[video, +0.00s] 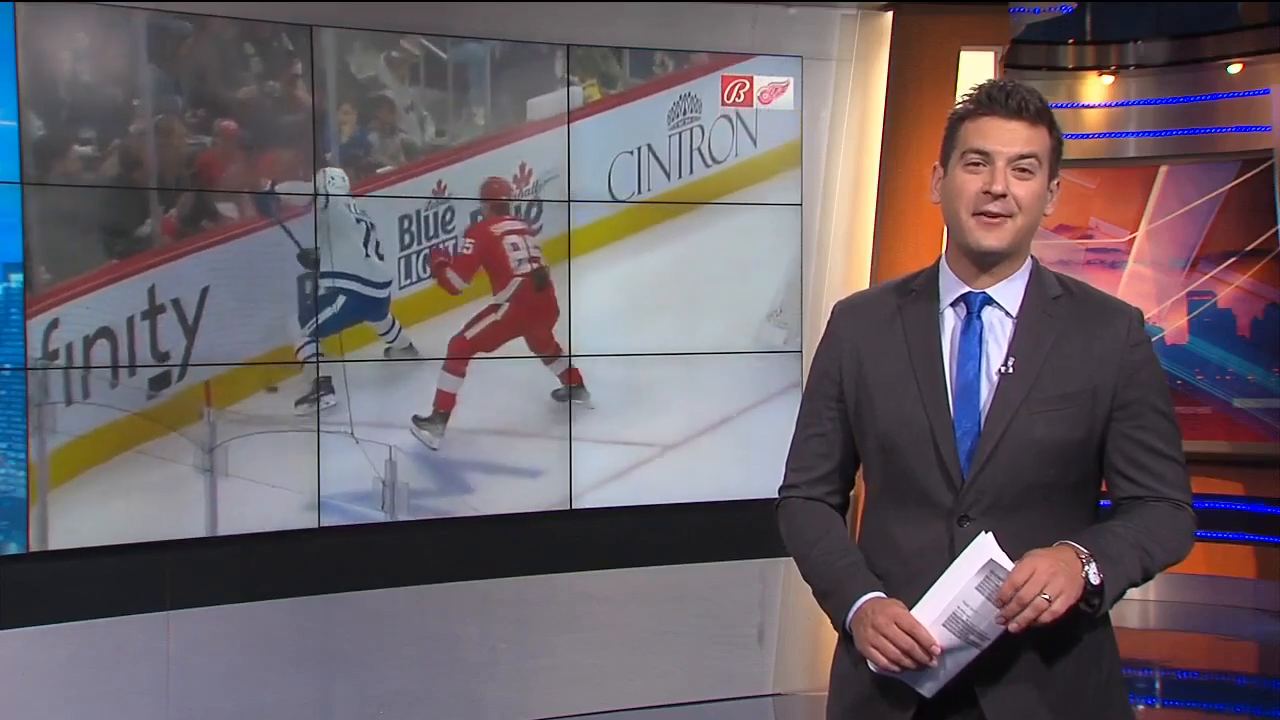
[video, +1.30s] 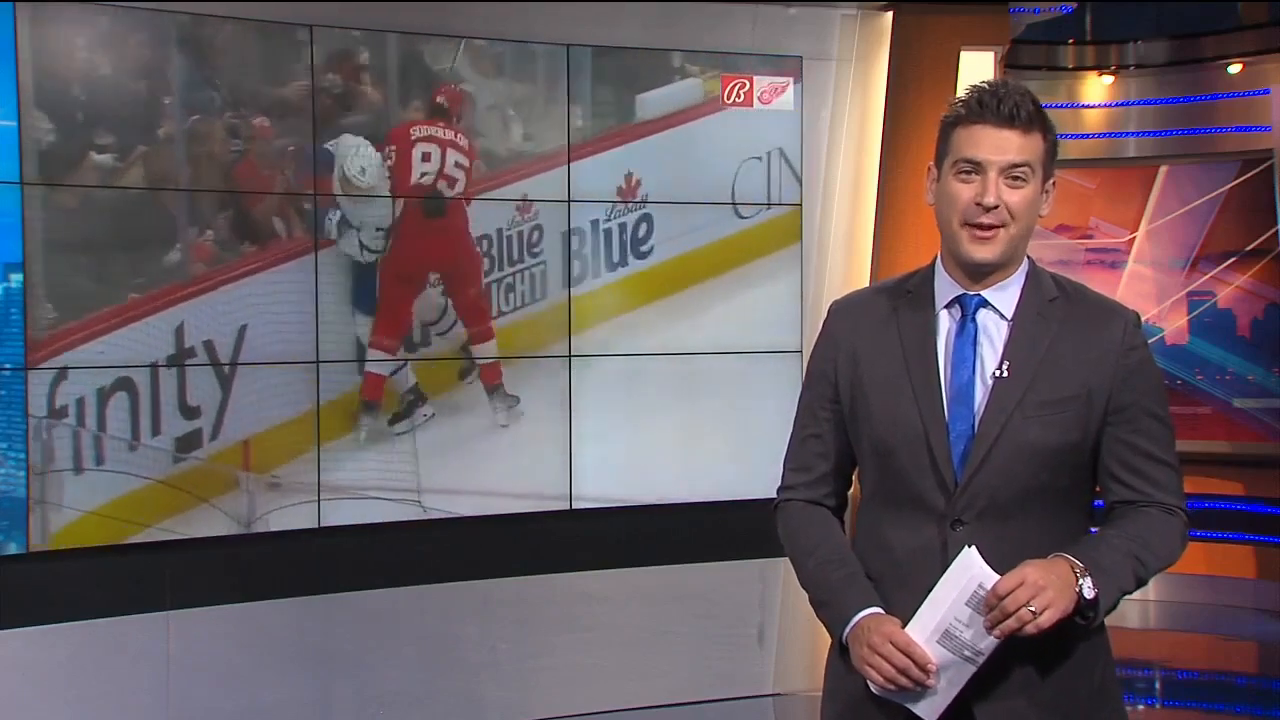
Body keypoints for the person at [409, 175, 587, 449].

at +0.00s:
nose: (482, 207)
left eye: (483, 203)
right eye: (484, 202)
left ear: (485, 204)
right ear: (509, 203)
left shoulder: (480, 231)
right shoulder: (523, 226)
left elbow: (455, 284)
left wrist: (439, 264)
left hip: (513, 309)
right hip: (547, 305)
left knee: (460, 346)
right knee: (542, 342)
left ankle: (437, 420)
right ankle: (575, 386)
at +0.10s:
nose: (470, 205)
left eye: (470, 200)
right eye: (475, 200)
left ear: (470, 202)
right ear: (494, 201)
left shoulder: (464, 231)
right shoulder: (509, 225)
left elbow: (435, 281)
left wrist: (424, 255)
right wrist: (442, 250)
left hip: (499, 312)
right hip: (534, 307)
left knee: (445, 349)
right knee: (529, 344)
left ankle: (424, 423)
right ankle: (562, 386)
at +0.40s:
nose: (427, 199)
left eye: (428, 195)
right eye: (430, 195)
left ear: (430, 196)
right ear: (456, 195)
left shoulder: (420, 225)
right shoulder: (477, 221)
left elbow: (393, 266)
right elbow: (483, 260)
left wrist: (395, 238)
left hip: (463, 310)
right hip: (498, 305)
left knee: (406, 353)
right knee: (491, 343)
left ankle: (386, 433)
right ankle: (529, 390)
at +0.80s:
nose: (415, 166)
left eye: (407, 159)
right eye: (422, 160)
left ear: (398, 161)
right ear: (428, 161)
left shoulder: (384, 193)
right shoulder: (445, 195)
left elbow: (384, 251)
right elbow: (451, 244)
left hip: (414, 287)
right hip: (455, 283)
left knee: (368, 346)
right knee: (465, 336)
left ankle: (353, 427)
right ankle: (503, 392)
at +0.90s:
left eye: (402, 146)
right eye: (419, 148)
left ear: (394, 149)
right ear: (425, 149)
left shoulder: (380, 182)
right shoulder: (439, 184)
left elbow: (379, 231)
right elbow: (446, 232)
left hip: (403, 275)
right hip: (443, 272)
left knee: (366, 346)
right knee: (468, 338)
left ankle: (351, 426)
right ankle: (500, 396)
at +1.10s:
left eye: (408, 117)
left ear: (407, 120)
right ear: (438, 124)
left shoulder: (391, 150)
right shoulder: (453, 160)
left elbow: (379, 193)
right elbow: (451, 212)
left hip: (394, 247)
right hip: (436, 248)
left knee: (379, 327)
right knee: (460, 318)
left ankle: (354, 412)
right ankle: (490, 392)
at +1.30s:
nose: (463, 118)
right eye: (462, 112)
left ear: (428, 106)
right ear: (457, 112)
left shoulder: (400, 134)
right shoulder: (465, 143)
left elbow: (389, 176)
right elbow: (465, 190)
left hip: (410, 238)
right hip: (454, 239)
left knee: (390, 318)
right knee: (475, 313)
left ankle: (369, 404)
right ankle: (496, 392)